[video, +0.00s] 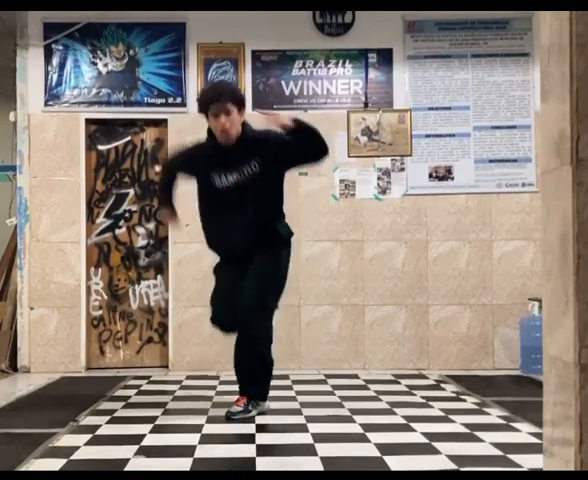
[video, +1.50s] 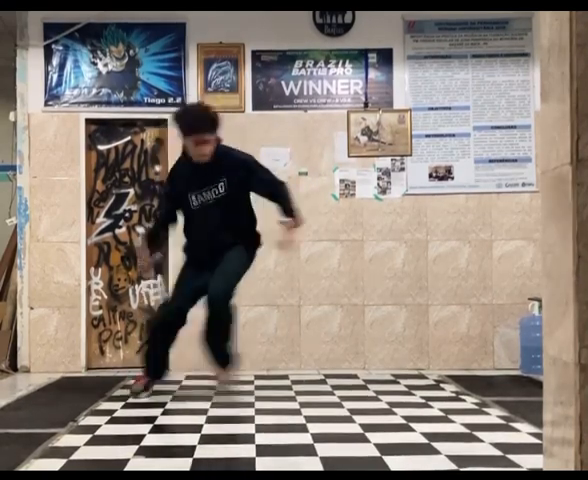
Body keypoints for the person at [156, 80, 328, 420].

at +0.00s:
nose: (223, 122)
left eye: (228, 113)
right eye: (215, 116)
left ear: (241, 113)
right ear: (207, 120)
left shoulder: (268, 144)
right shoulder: (202, 155)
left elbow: (317, 150)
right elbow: (170, 168)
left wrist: (293, 126)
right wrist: (166, 204)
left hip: (270, 248)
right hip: (231, 254)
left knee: (256, 319)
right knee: (224, 319)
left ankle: (252, 395)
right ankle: (259, 300)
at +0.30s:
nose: (235, 115)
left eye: (241, 107)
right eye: (228, 107)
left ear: (251, 109)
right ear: (217, 110)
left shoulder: (255, 154)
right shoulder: (210, 146)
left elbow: (261, 209)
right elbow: (207, 190)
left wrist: (270, 256)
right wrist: (208, 224)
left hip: (255, 235)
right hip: (222, 237)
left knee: (268, 306)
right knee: (238, 300)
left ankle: (273, 374)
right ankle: (253, 367)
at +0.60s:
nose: (187, 138)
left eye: (191, 131)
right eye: (182, 132)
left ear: (207, 121)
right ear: (175, 127)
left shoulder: (235, 138)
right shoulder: (171, 146)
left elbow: (261, 156)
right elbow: (157, 171)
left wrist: (246, 185)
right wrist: (158, 195)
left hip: (224, 228)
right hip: (188, 224)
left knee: (211, 290)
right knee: (170, 283)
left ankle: (218, 357)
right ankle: (163, 343)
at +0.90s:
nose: (186, 148)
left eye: (191, 142)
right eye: (180, 143)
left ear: (199, 133)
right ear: (167, 137)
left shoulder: (217, 148)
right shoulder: (159, 163)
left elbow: (247, 171)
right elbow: (150, 207)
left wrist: (247, 194)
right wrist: (146, 247)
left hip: (221, 235)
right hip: (185, 238)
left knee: (214, 300)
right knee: (177, 293)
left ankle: (204, 362)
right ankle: (148, 355)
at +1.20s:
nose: (196, 146)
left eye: (201, 140)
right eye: (190, 140)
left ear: (215, 133)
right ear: (183, 136)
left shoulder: (234, 161)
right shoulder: (174, 161)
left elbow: (253, 204)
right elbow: (163, 194)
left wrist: (255, 238)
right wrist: (165, 226)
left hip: (232, 248)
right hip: (195, 250)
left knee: (237, 308)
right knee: (205, 312)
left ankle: (270, 361)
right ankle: (228, 363)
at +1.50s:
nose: (205, 149)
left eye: (209, 142)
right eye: (198, 143)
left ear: (217, 138)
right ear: (184, 140)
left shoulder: (234, 162)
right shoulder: (179, 173)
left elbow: (272, 186)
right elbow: (167, 213)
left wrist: (290, 211)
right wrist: (154, 242)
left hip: (238, 245)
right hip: (201, 251)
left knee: (218, 295)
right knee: (172, 312)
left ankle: (222, 361)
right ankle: (152, 372)